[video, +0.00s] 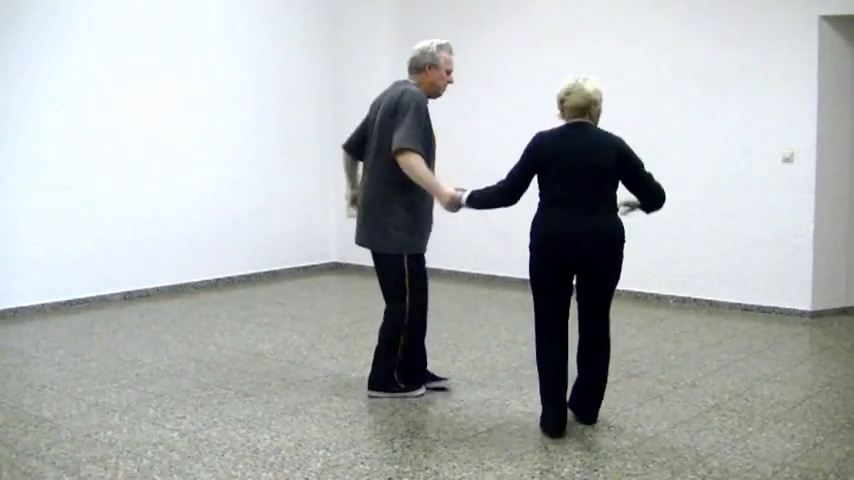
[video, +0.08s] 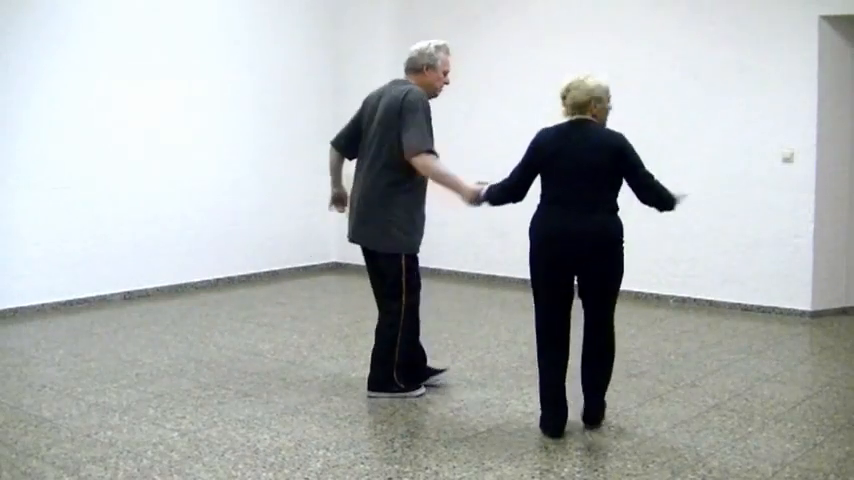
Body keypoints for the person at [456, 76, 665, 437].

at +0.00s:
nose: (602, 113)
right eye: (601, 108)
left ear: (561, 109)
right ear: (597, 111)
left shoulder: (544, 142)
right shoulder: (612, 145)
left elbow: (509, 192)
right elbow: (655, 198)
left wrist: (465, 198)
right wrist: (636, 202)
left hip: (550, 247)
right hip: (603, 249)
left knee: (550, 329)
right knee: (595, 325)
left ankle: (553, 420)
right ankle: (586, 408)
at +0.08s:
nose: (609, 113)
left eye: (609, 107)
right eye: (608, 107)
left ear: (567, 106)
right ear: (597, 107)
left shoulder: (546, 139)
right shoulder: (613, 142)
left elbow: (515, 187)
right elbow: (645, 187)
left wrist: (485, 194)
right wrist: (669, 201)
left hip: (550, 247)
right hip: (601, 248)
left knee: (551, 330)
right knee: (599, 325)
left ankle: (552, 421)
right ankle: (593, 412)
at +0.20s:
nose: (622, 105)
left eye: (621, 98)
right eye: (618, 99)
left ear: (582, 100)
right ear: (600, 101)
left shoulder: (555, 134)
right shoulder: (617, 139)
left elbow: (524, 185)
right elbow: (650, 188)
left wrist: (508, 175)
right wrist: (700, 191)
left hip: (550, 246)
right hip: (600, 248)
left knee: (554, 331)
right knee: (609, 330)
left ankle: (551, 424)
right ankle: (601, 420)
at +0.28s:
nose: (631, 103)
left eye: (629, 96)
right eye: (626, 97)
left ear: (593, 101)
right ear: (605, 101)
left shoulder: (563, 134)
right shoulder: (617, 138)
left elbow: (534, 185)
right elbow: (644, 187)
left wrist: (528, 167)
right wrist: (700, 193)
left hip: (556, 247)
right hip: (603, 250)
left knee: (559, 330)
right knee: (614, 334)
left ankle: (550, 423)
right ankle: (600, 425)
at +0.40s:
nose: (643, 106)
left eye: (642, 99)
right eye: (638, 99)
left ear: (608, 104)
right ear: (616, 103)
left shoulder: (578, 137)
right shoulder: (626, 138)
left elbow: (551, 183)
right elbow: (637, 190)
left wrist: (540, 161)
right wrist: (678, 213)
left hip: (566, 250)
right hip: (609, 253)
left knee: (567, 335)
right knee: (613, 345)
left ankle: (551, 421)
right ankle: (593, 438)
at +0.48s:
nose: (652, 108)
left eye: (649, 101)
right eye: (646, 102)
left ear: (613, 108)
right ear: (626, 107)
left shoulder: (586, 138)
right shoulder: (633, 140)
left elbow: (555, 182)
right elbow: (637, 192)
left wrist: (540, 157)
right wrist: (667, 225)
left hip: (571, 249)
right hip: (614, 255)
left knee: (571, 334)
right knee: (615, 345)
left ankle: (555, 421)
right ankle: (593, 438)